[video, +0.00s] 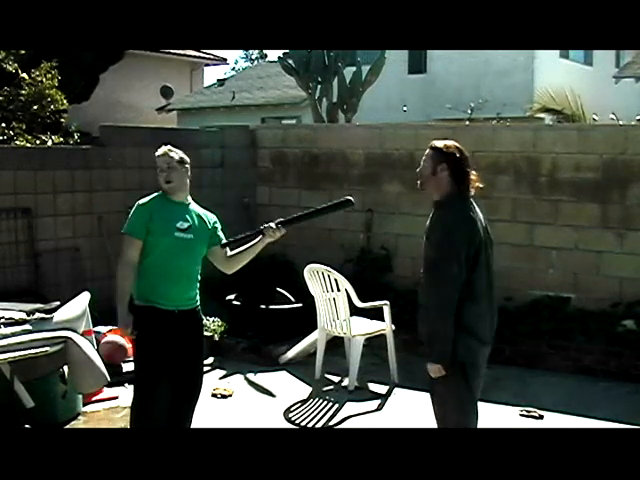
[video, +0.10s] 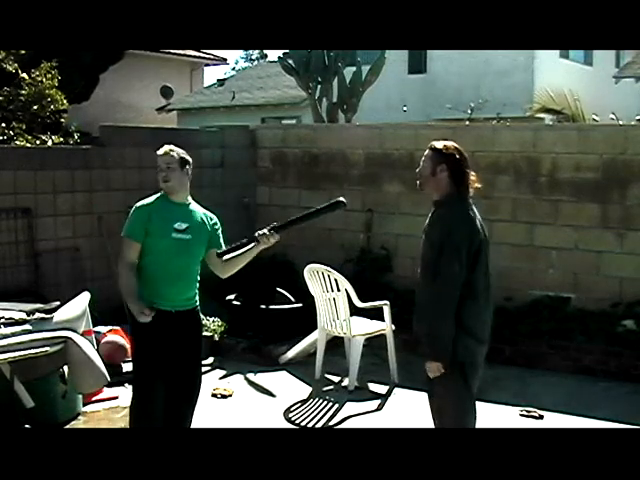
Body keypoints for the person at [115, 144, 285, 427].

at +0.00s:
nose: (165, 174)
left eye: (171, 168)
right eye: (160, 170)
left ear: (187, 172)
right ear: (156, 175)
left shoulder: (206, 220)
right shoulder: (146, 210)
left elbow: (228, 264)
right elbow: (128, 261)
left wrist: (263, 240)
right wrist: (123, 313)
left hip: (188, 318)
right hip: (151, 317)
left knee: (186, 395)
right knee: (151, 394)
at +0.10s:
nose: (163, 174)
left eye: (169, 168)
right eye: (159, 169)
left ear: (187, 172)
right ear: (156, 173)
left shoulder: (207, 220)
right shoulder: (144, 212)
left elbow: (222, 268)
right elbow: (126, 263)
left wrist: (257, 246)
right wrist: (133, 302)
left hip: (188, 319)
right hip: (150, 319)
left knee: (184, 398)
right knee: (149, 398)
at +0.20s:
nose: (161, 174)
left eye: (168, 168)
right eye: (158, 169)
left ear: (186, 172)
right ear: (155, 173)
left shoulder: (205, 219)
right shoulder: (141, 210)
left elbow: (219, 270)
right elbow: (125, 260)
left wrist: (255, 258)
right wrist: (141, 284)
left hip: (186, 317)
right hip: (147, 315)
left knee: (184, 392)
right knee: (148, 392)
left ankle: (176, 432)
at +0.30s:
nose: (159, 173)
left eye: (166, 168)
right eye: (157, 168)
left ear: (184, 173)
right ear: (154, 172)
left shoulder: (202, 219)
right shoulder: (139, 211)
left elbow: (215, 268)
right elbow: (124, 260)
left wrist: (244, 272)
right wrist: (140, 288)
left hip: (185, 317)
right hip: (146, 316)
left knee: (184, 390)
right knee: (148, 390)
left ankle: (177, 429)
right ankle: (145, 432)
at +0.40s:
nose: (162, 173)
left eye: (168, 168)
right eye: (158, 168)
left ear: (185, 172)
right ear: (154, 172)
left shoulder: (202, 218)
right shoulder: (140, 211)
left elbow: (208, 264)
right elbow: (125, 262)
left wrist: (226, 274)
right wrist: (131, 303)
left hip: (185, 318)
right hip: (147, 318)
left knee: (183, 396)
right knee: (147, 396)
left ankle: (177, 433)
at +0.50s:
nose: (163, 174)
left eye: (170, 168)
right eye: (159, 168)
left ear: (185, 172)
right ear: (154, 172)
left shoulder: (201, 218)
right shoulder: (139, 211)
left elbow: (200, 265)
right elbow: (125, 266)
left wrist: (219, 273)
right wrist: (123, 315)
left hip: (184, 318)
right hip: (146, 317)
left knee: (182, 396)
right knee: (146, 397)